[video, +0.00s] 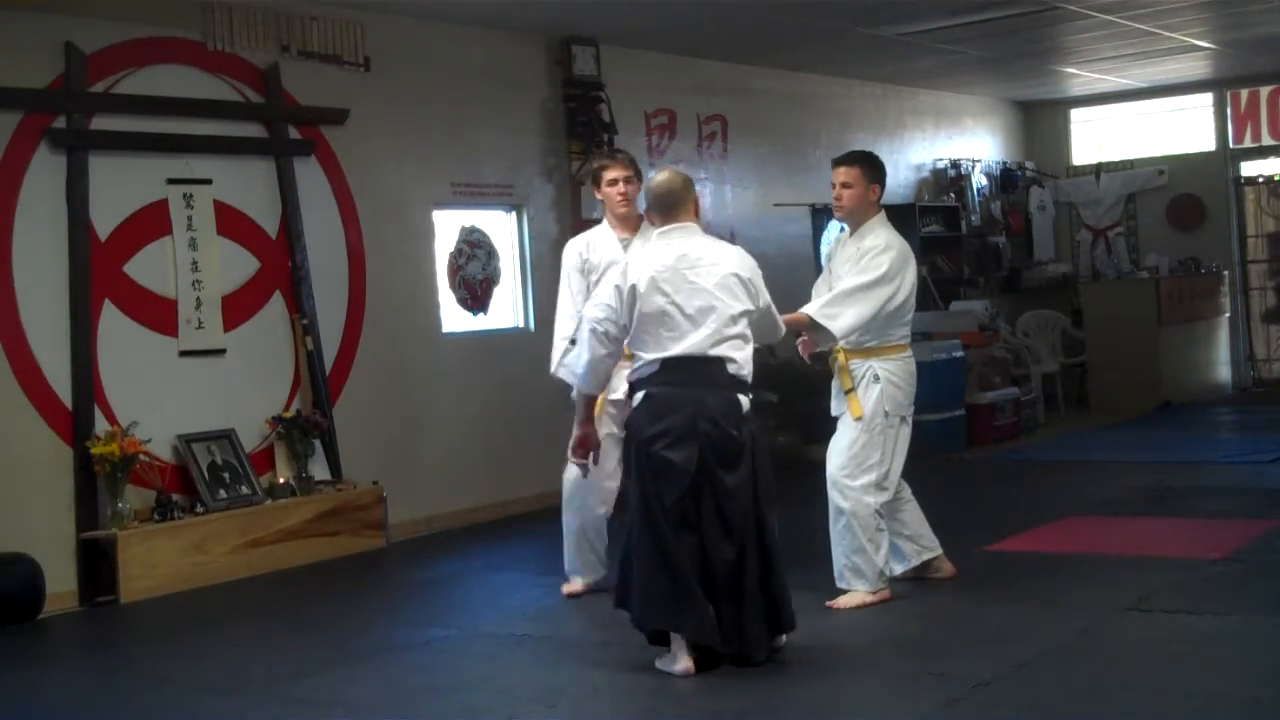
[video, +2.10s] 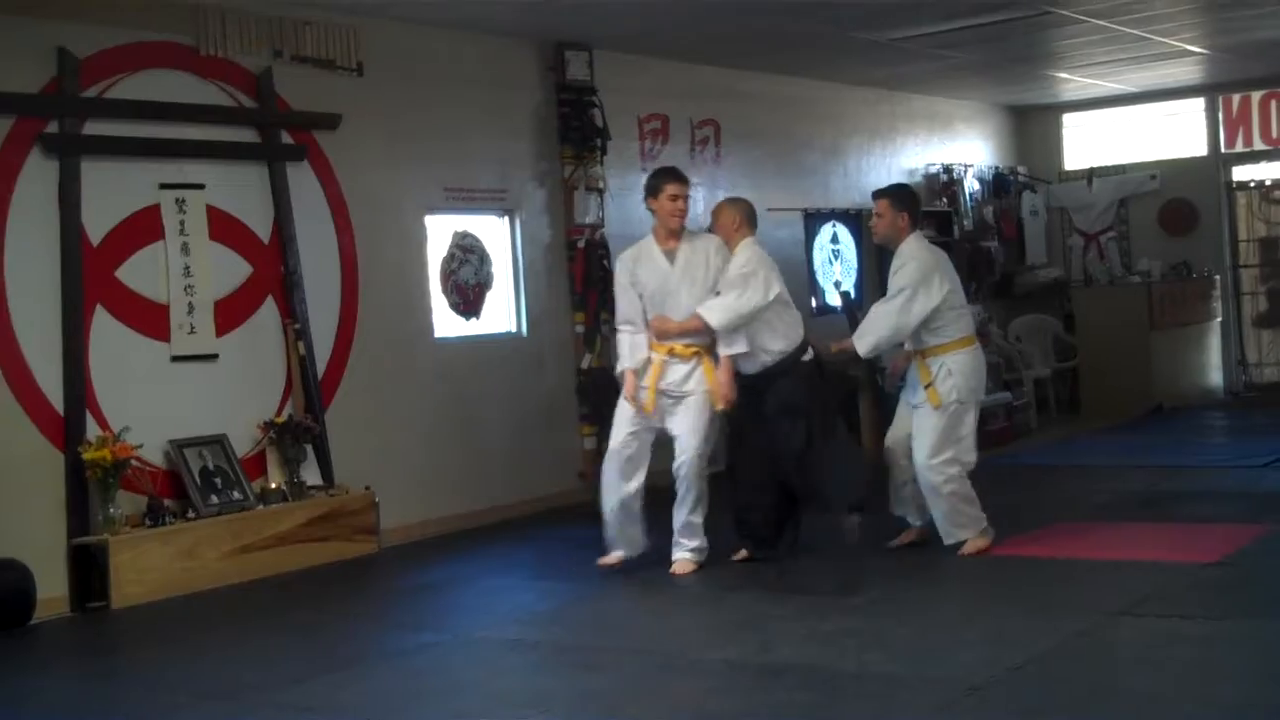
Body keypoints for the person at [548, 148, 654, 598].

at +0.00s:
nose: (622, 190)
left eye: (628, 181)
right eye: (612, 184)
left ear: (640, 187)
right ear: (598, 193)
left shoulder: (663, 240)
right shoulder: (582, 248)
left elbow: (685, 303)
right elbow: (569, 314)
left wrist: (678, 355)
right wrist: (574, 369)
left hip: (658, 372)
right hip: (602, 374)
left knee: (661, 468)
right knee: (587, 472)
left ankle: (664, 571)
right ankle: (584, 571)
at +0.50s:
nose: (607, 192)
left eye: (617, 184)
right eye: (601, 183)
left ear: (633, 191)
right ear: (592, 190)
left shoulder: (639, 240)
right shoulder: (602, 239)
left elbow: (634, 322)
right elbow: (597, 315)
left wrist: (614, 386)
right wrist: (591, 379)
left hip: (634, 379)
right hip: (612, 377)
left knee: (627, 476)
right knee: (621, 475)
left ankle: (635, 562)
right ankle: (628, 558)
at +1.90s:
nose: (637, 202)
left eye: (641, 194)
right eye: (628, 194)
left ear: (646, 199)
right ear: (607, 201)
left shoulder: (671, 246)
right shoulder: (590, 259)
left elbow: (689, 313)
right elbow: (596, 319)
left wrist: (669, 367)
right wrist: (589, 356)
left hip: (663, 362)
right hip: (611, 365)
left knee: (654, 453)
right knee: (601, 463)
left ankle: (680, 543)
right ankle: (602, 557)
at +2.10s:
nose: (681, 206)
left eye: (685, 199)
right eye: (673, 199)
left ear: (689, 203)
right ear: (651, 203)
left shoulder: (712, 249)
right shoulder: (630, 260)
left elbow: (726, 309)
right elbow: (628, 325)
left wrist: (726, 367)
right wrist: (629, 374)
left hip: (697, 365)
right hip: (647, 365)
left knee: (690, 460)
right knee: (620, 451)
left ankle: (688, 548)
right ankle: (625, 542)